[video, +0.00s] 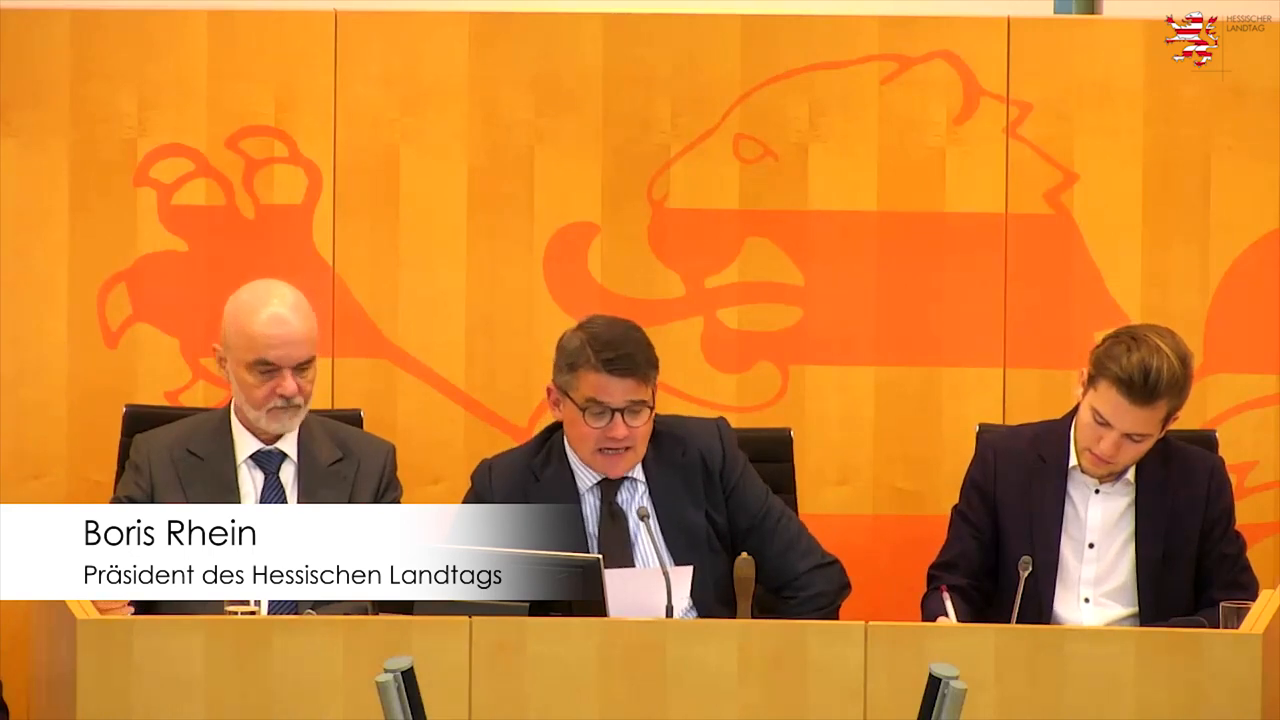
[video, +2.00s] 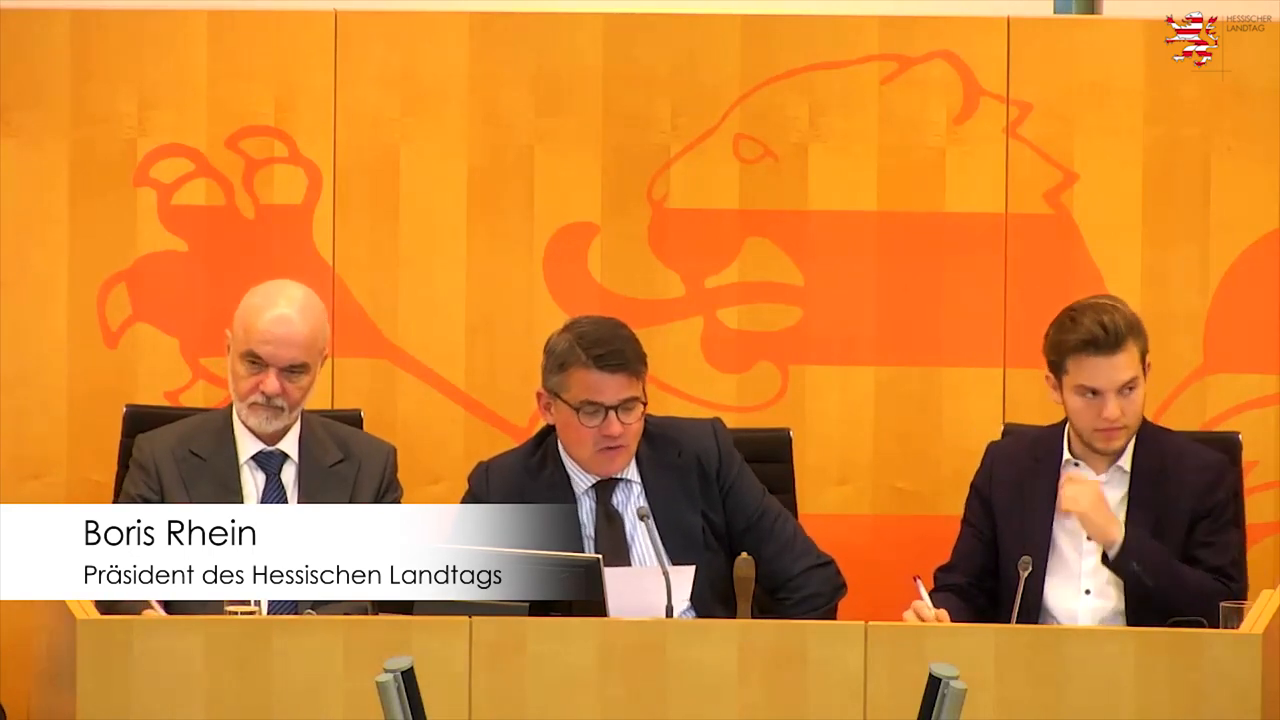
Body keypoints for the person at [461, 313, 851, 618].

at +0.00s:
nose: (618, 431)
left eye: (635, 410)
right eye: (596, 412)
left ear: (654, 396)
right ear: (556, 402)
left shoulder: (708, 454)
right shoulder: (503, 485)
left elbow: (815, 582)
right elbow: (465, 620)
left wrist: (763, 677)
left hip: (705, 676)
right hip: (564, 684)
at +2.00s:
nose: (614, 428)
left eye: (627, 406)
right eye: (590, 411)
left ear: (644, 392)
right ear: (548, 406)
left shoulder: (704, 453)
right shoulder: (499, 487)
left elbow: (811, 583)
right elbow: (465, 624)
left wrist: (763, 680)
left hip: (705, 675)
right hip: (565, 683)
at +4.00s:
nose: (619, 438)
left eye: (634, 417)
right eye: (597, 420)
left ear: (651, 399)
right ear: (554, 410)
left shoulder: (706, 458)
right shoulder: (500, 488)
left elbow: (815, 583)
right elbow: (461, 623)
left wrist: (756, 675)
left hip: (701, 678)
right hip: (561, 686)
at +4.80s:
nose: (618, 440)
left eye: (634, 418)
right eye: (597, 420)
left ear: (651, 402)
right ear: (554, 409)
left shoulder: (705, 456)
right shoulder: (499, 489)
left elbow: (815, 584)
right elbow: (447, 614)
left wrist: (757, 676)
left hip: (700, 679)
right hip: (561, 685)